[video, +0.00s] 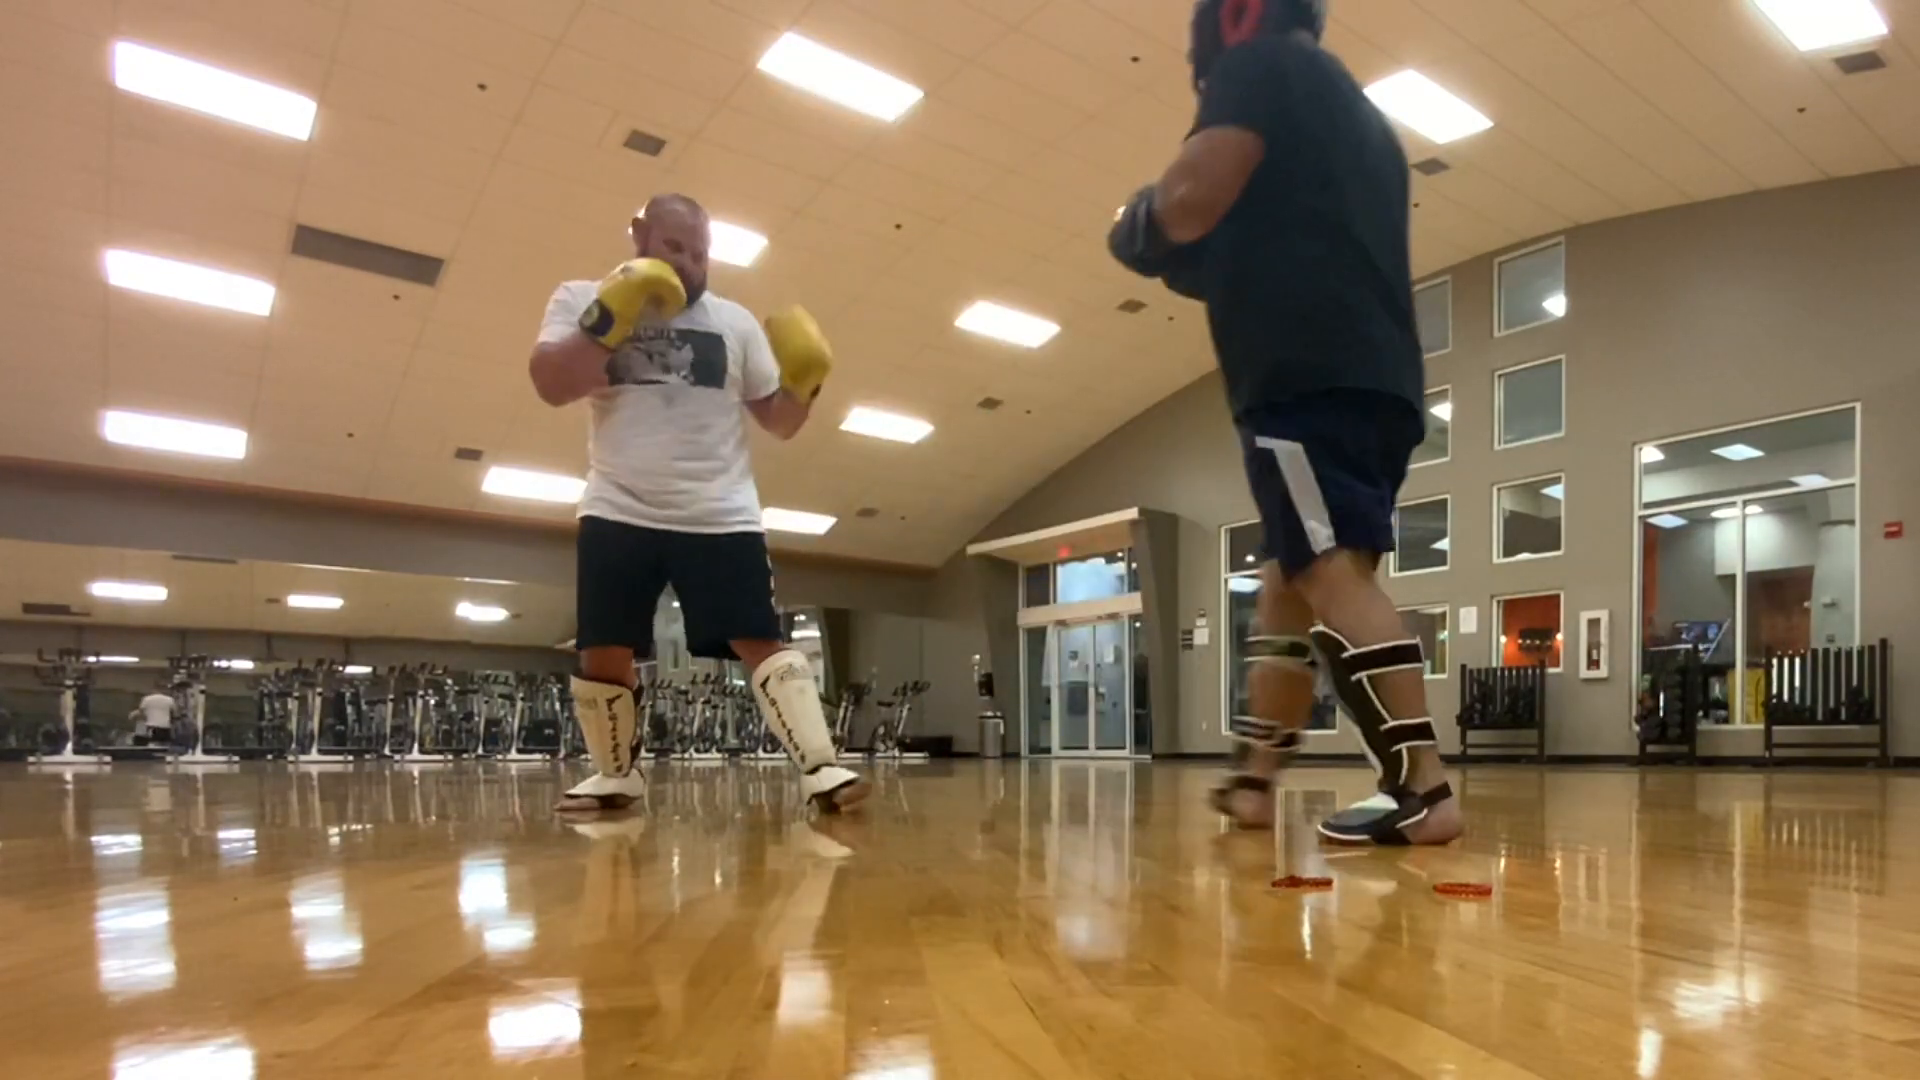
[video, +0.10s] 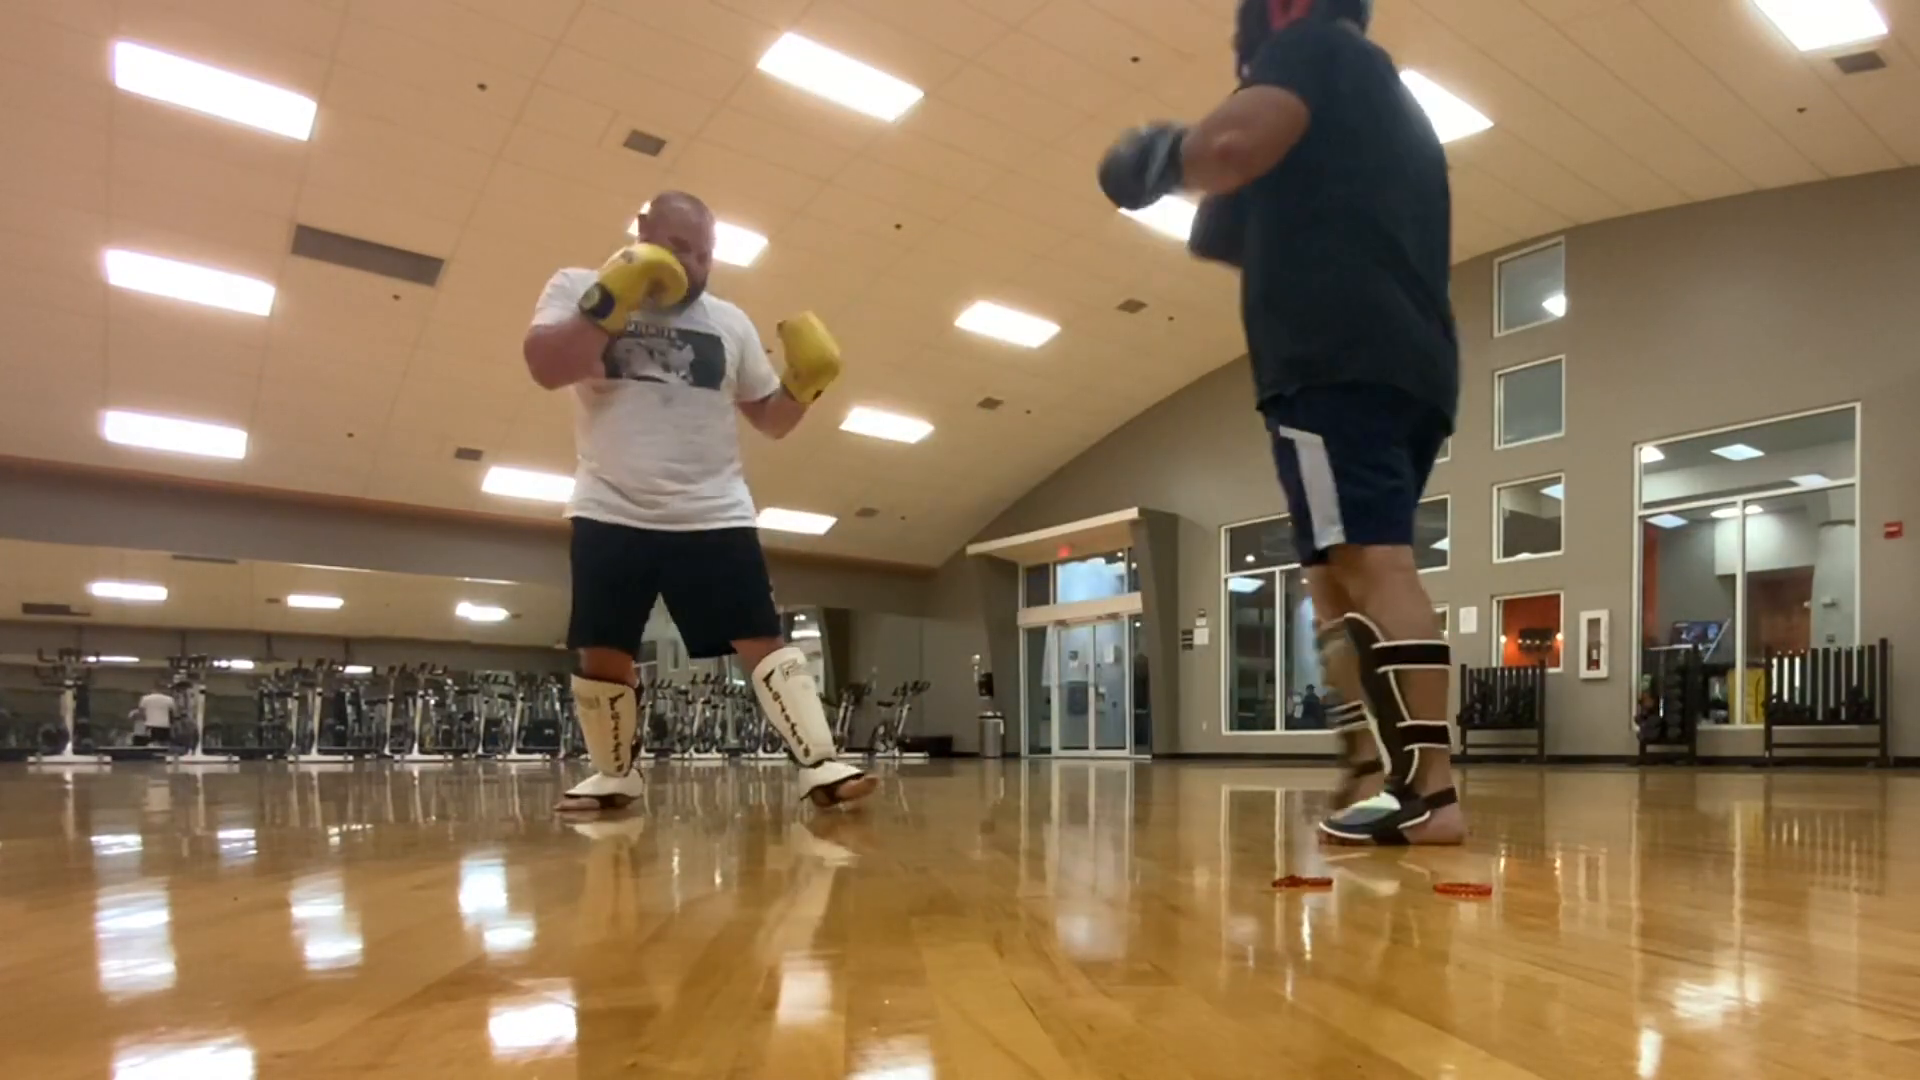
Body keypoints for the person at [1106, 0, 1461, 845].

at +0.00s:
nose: (1191, 53)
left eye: (1200, 32)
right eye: (1193, 38)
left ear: (1241, 13)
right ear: (1304, 19)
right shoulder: (1360, 114)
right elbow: (1271, 263)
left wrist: (1137, 226)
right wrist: (1171, 253)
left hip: (1303, 367)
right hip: (1374, 370)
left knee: (1332, 573)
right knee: (1290, 577)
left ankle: (1424, 790)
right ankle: (1255, 780)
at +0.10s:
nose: (1239, 62)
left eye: (1244, 42)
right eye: (1238, 49)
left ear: (1285, 14)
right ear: (1346, 17)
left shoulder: (1317, 45)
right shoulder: (1393, 108)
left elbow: (1238, 146)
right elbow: (1323, 235)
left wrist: (1154, 159)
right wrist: (1213, 204)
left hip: (1334, 351)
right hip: (1404, 359)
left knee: (1374, 564)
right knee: (1330, 569)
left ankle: (1430, 792)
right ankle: (1380, 769)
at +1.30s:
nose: (1302, 106)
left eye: (1315, 92)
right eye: (1305, 94)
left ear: (1368, 99)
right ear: (1374, 104)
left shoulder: (1378, 158)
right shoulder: (1388, 180)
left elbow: (1288, 252)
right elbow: (1355, 307)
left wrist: (1238, 217)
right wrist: (1277, 283)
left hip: (1390, 416)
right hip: (1392, 416)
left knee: (1391, 594)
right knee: (1371, 595)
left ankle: (1402, 782)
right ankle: (1387, 776)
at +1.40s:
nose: (1292, 123)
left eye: (1304, 111)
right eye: (1295, 112)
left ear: (1354, 114)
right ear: (1365, 120)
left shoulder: (1347, 175)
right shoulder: (1397, 195)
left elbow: (1240, 255)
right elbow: (1360, 312)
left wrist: (1223, 196)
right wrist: (1281, 308)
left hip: (1355, 422)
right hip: (1395, 423)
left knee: (1375, 600)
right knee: (1332, 602)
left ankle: (1400, 783)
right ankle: (1302, 770)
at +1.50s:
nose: (1291, 140)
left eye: (1303, 125)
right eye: (1295, 129)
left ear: (1352, 130)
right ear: (1368, 140)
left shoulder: (1333, 192)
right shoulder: (1395, 215)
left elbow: (1216, 245)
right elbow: (1308, 321)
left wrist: (1192, 202)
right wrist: (1228, 262)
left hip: (1322, 423)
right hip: (1379, 434)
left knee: (1273, 596)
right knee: (1310, 606)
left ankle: (1371, 750)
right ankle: (1291, 777)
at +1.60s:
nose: (1291, 150)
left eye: (1302, 136)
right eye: (1295, 137)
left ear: (1345, 142)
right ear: (1364, 150)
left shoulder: (1338, 207)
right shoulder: (1387, 226)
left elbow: (1228, 274)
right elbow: (1287, 324)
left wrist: (1144, 253)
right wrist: (1233, 265)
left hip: (1299, 416)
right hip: (1363, 446)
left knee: (1163, 488)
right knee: (1295, 607)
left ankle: (1254, 617)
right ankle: (1288, 778)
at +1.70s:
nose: (1284, 148)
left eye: (1300, 136)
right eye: (1291, 137)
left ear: (1344, 153)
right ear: (1349, 158)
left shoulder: (1342, 211)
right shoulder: (1363, 231)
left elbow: (1280, 288)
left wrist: (1161, 304)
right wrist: (1251, 268)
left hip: (1283, 411)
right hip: (1330, 452)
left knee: (1134, 363)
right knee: (1283, 609)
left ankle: (1105, 511)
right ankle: (1285, 781)